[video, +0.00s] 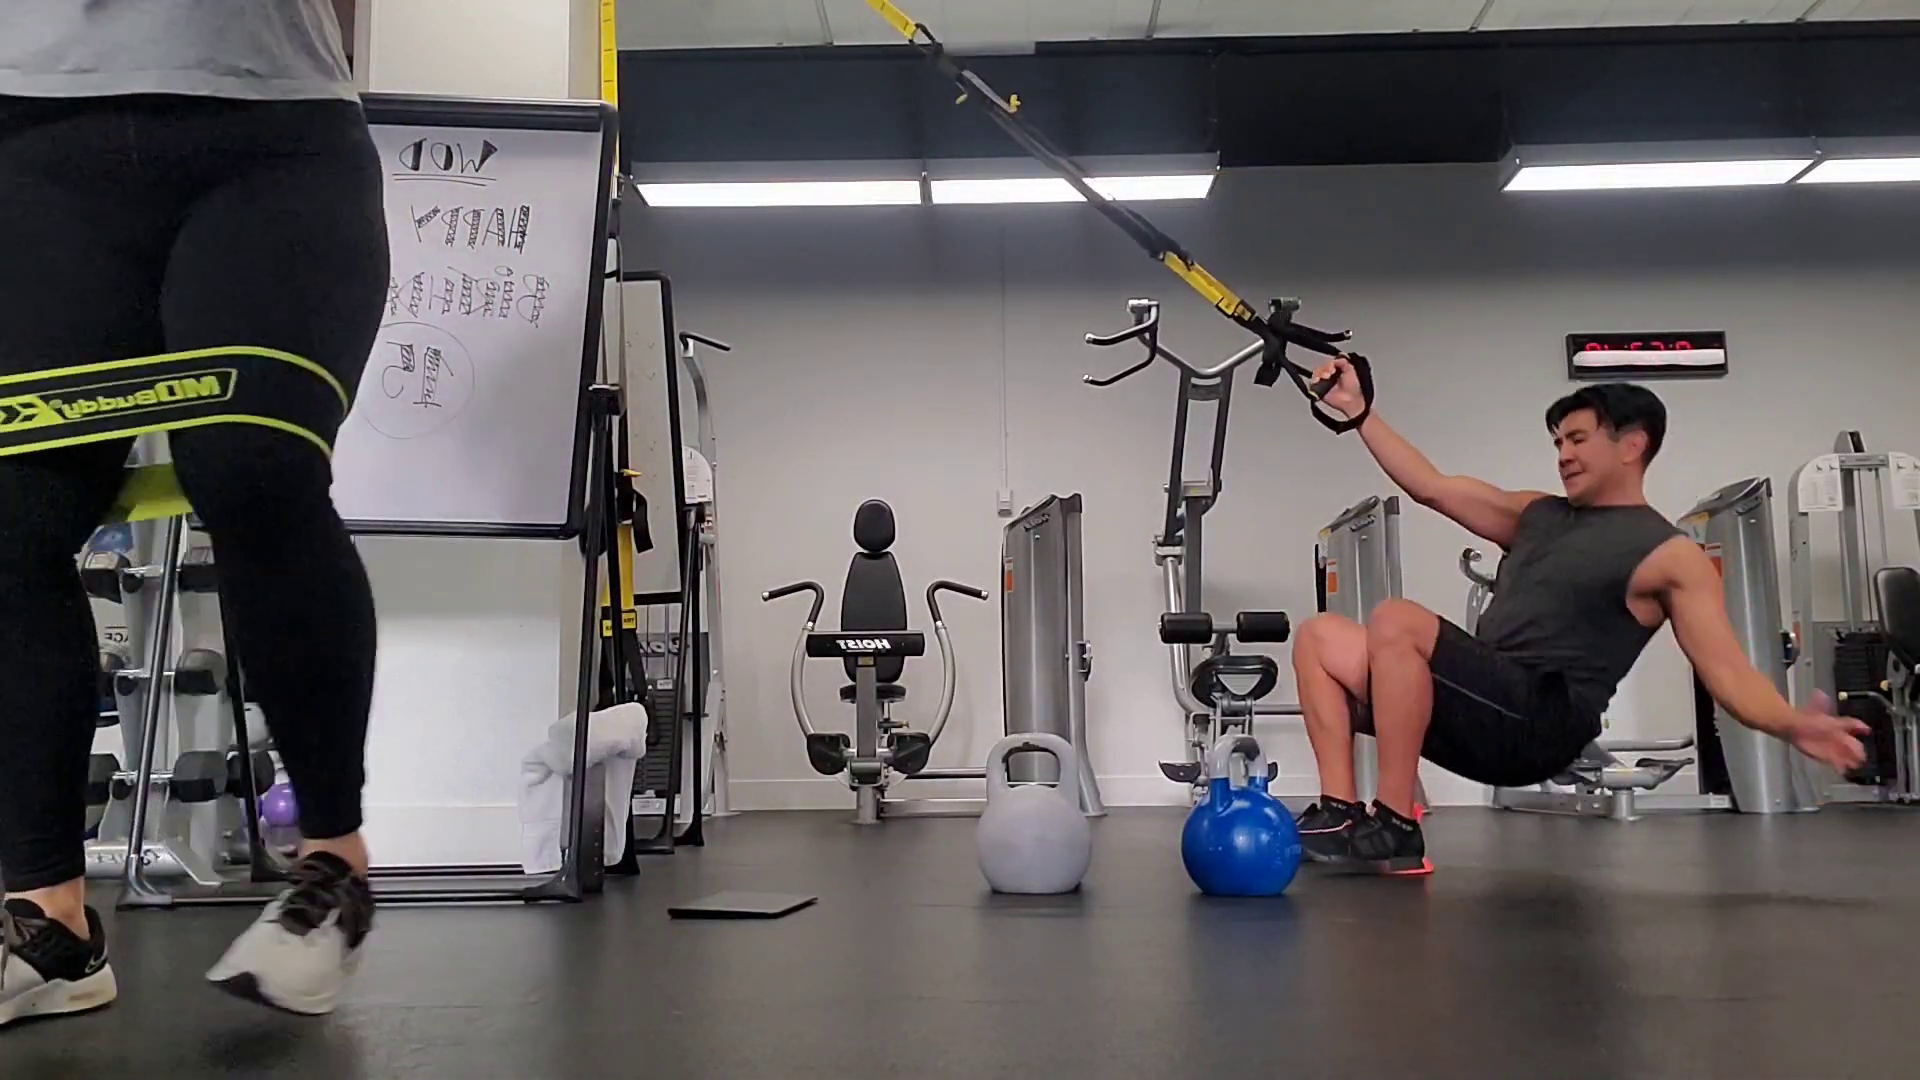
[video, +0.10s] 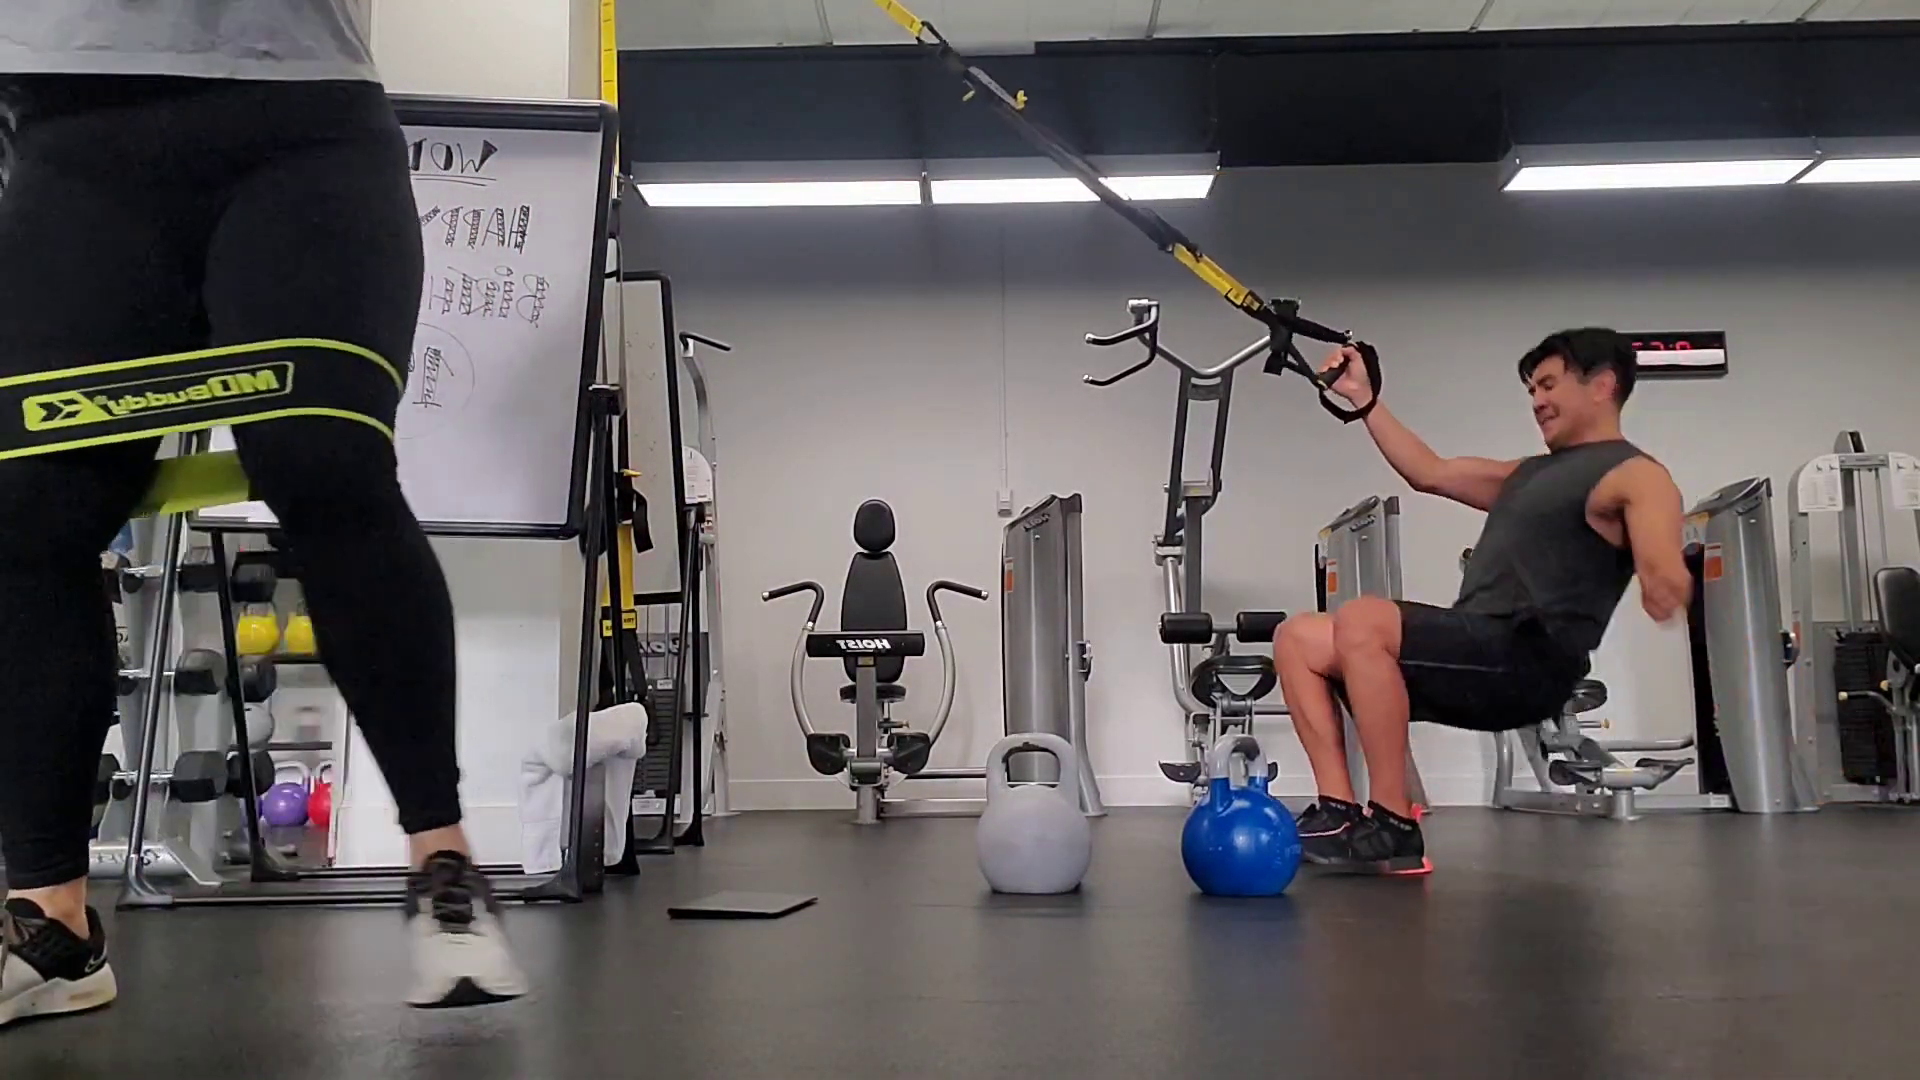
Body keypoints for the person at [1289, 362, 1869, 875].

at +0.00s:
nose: (1561, 454)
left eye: (1576, 439)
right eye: (1558, 443)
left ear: (1635, 444)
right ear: (1561, 453)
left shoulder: (1672, 555)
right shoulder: (1536, 514)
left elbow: (1726, 669)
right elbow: (1428, 484)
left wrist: (1787, 722)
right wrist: (1360, 414)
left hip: (1545, 719)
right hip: (1480, 707)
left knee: (1397, 620)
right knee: (1317, 640)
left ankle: (1396, 822)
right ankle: (1340, 809)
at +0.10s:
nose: (1536, 402)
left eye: (1550, 384)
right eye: (1533, 391)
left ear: (1605, 384)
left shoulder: (1637, 474)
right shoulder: (1527, 474)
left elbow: (1667, 579)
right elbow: (1428, 471)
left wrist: (1662, 593)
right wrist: (1367, 403)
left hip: (1533, 661)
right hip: (1474, 652)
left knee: (1363, 623)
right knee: (1297, 639)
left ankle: (1393, 821)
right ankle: (1338, 810)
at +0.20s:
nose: (1503, 339)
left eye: (1513, 322)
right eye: (1501, 329)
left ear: (1565, 321)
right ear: (1556, 327)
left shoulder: (1595, 390)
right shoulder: (1517, 413)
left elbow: (1586, 456)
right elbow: (1429, 454)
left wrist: (1519, 443)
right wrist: (1374, 389)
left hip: (1512, 588)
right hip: (1465, 584)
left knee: (1340, 624)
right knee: (1288, 637)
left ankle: (1392, 822)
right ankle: (1337, 810)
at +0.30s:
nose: (1470, 283)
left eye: (1478, 267)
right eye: (1468, 273)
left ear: (1529, 259)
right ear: (1519, 266)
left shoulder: (1555, 322)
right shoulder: (1494, 354)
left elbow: (1492, 337)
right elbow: (1435, 443)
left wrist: (1394, 304)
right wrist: (1378, 375)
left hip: (1485, 525)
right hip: (1442, 526)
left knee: (1337, 624)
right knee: (1291, 632)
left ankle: (1391, 819)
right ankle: (1338, 807)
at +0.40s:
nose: (1434, 229)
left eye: (1443, 213)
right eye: (1435, 218)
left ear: (1491, 208)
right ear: (1488, 212)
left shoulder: (1505, 264)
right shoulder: (1467, 293)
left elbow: (1408, 255)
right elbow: (1428, 416)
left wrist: (1293, 206)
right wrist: (1381, 363)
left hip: (1459, 473)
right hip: (1419, 476)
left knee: (1342, 618)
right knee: (1304, 623)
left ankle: (1389, 819)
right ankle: (1342, 807)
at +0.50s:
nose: (1403, 193)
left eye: (1412, 180)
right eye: (1406, 181)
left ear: (1454, 178)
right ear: (1467, 187)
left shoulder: (1448, 226)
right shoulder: (1478, 266)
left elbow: (1332, 200)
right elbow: (1442, 366)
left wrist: (1222, 152)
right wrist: (1378, 342)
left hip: (1429, 438)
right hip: (1399, 442)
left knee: (1356, 614)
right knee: (1325, 620)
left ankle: (1390, 820)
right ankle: (1345, 807)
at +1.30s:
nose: (1361, 190)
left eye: (1375, 176)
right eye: (1364, 179)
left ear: (1423, 184)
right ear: (1416, 189)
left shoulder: (1419, 235)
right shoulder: (1408, 255)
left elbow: (1316, 245)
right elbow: (1427, 363)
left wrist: (1204, 224)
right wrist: (1360, 348)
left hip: (1429, 454)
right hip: (1395, 458)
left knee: (1335, 620)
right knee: (1307, 627)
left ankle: (1386, 821)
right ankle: (1347, 810)